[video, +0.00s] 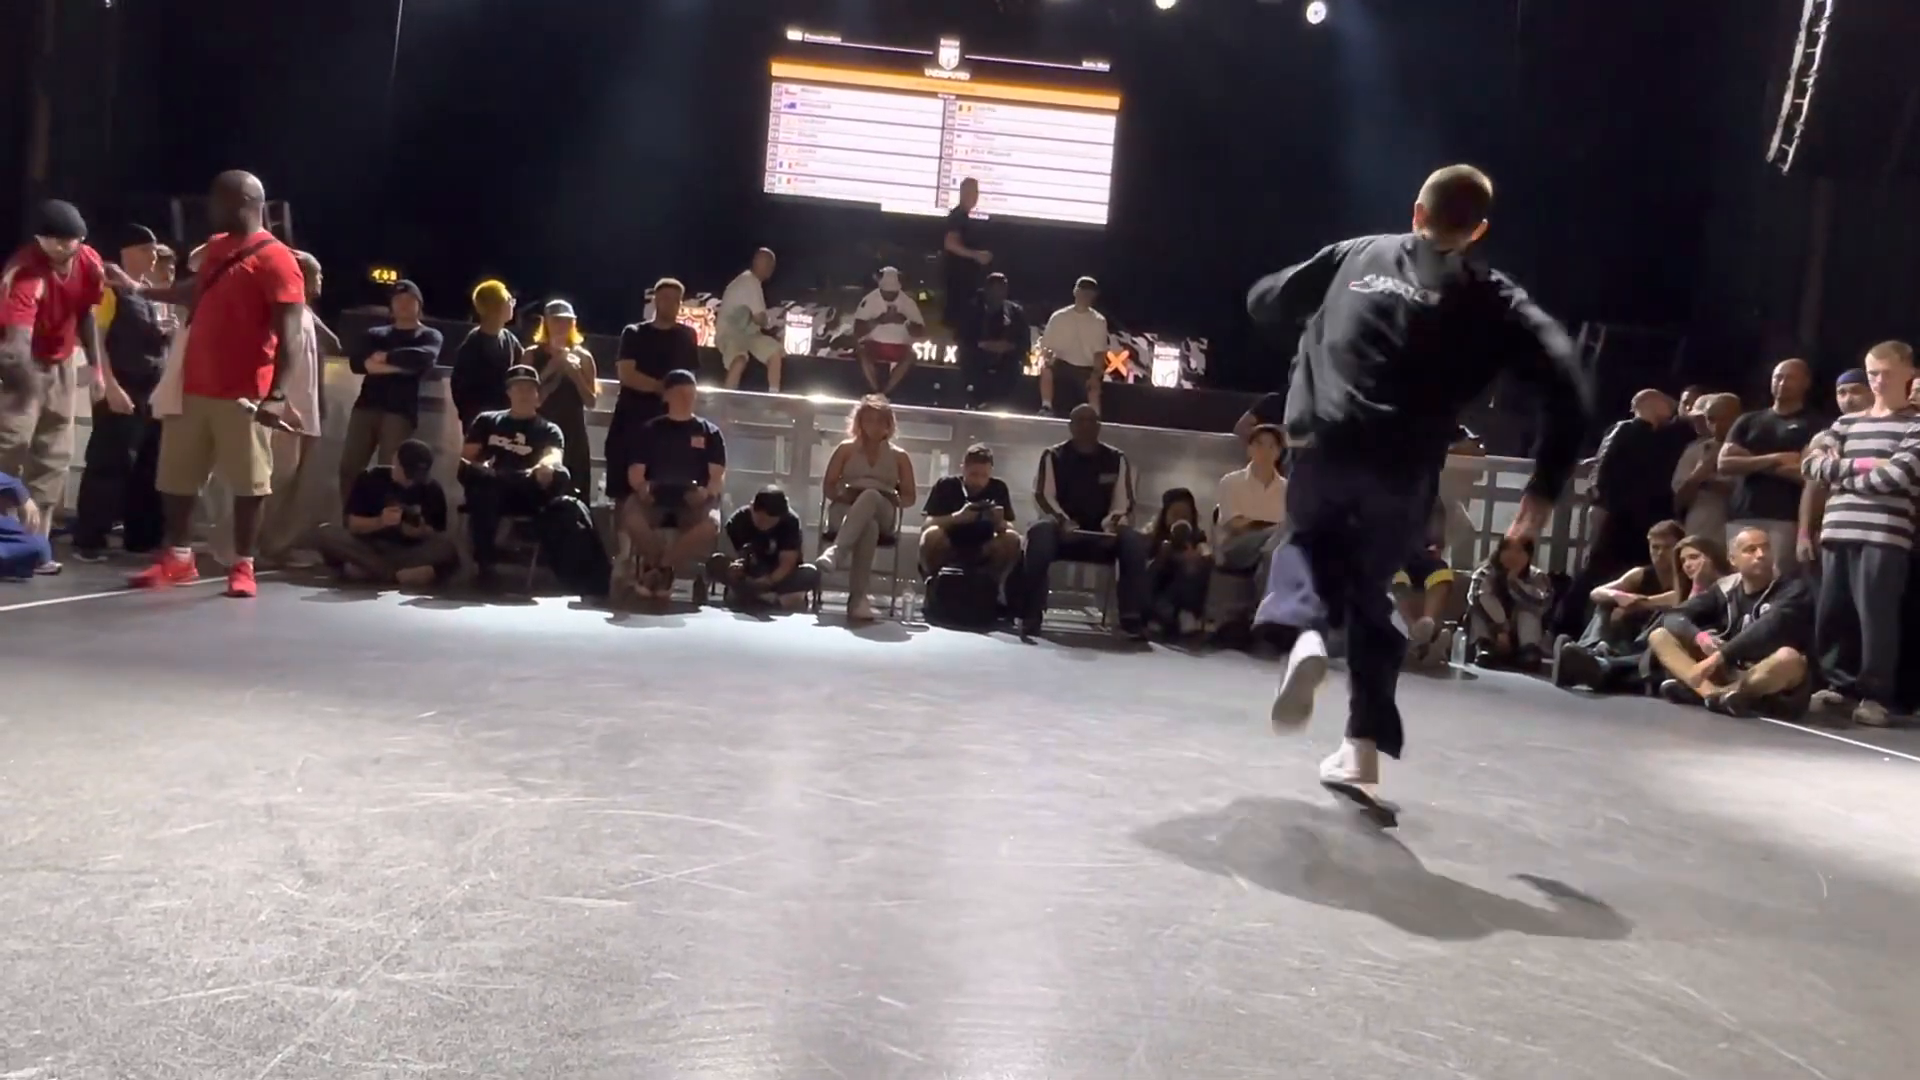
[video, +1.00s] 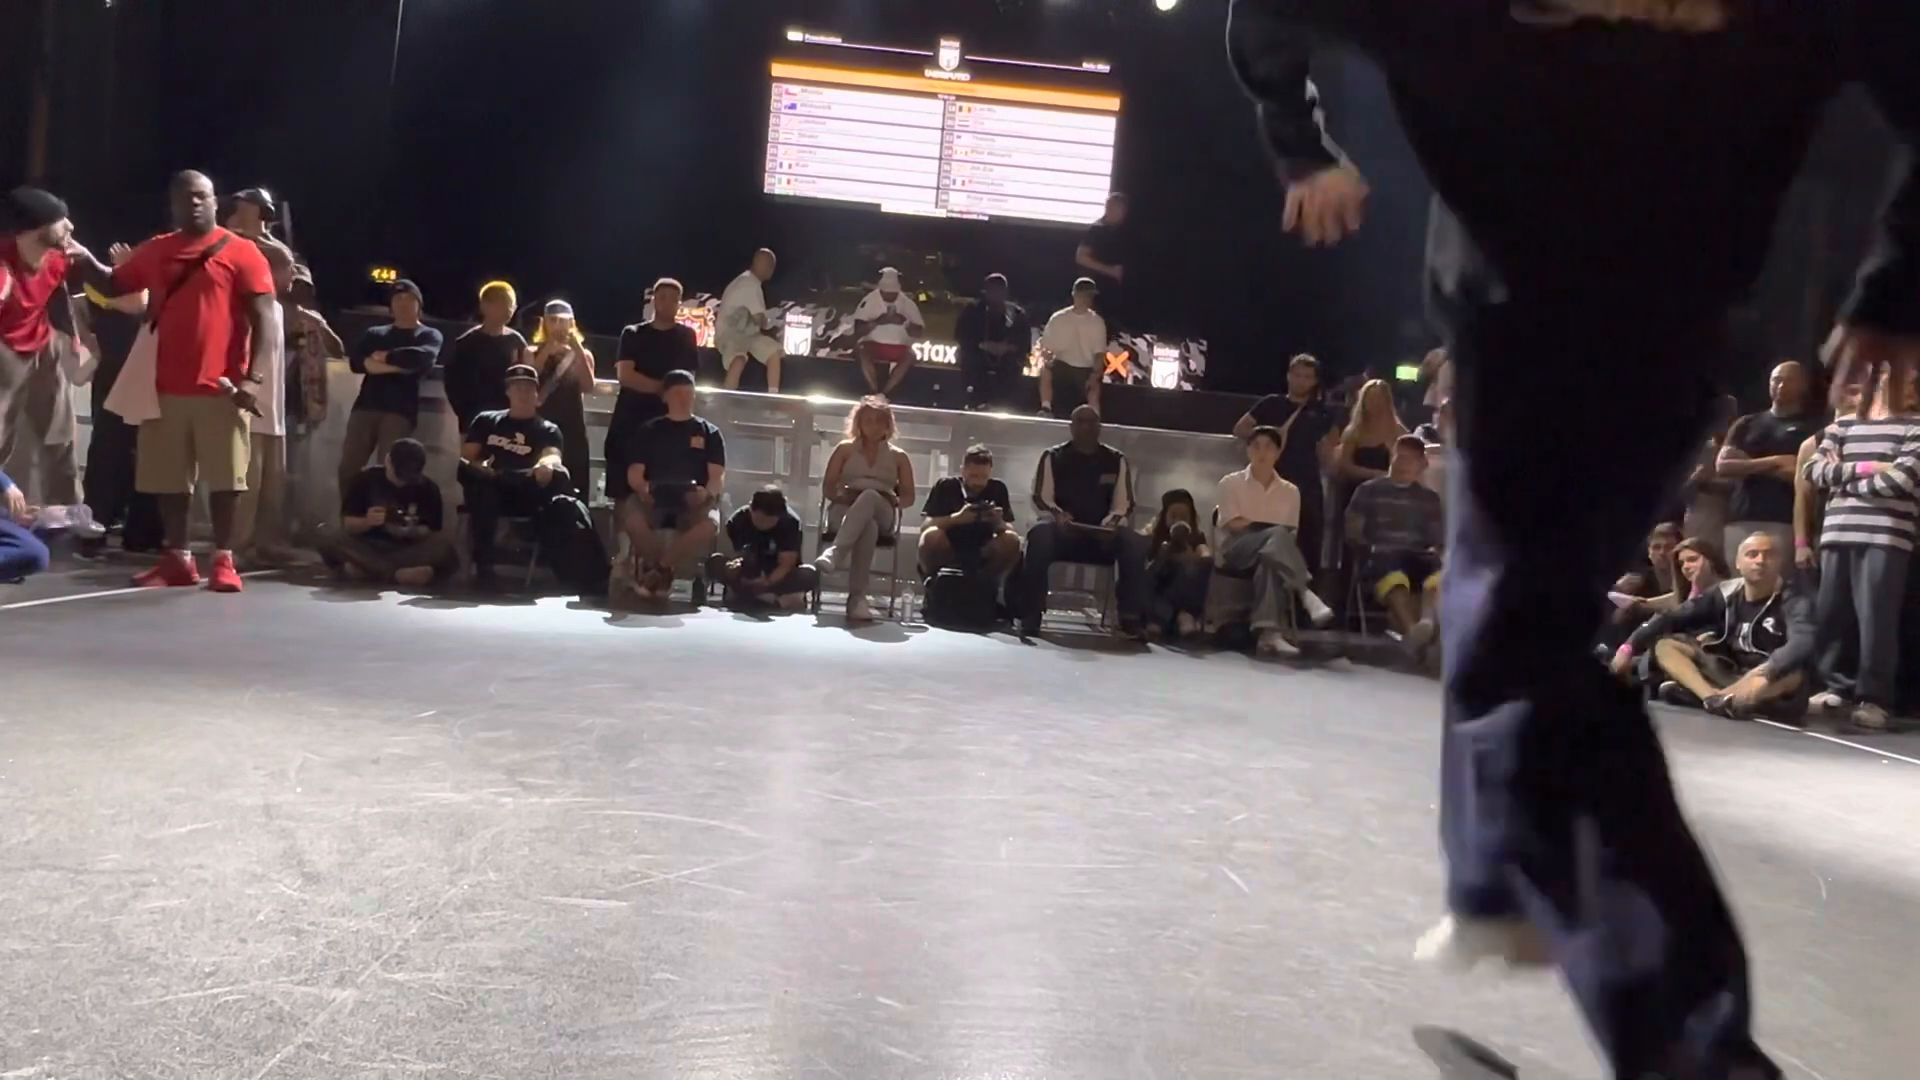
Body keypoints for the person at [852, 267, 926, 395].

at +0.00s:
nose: (890, 296)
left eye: (893, 293)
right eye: (886, 292)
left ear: (899, 289)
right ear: (880, 288)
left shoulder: (908, 302)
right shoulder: (869, 300)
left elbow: (919, 332)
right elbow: (857, 332)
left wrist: (904, 320)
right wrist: (879, 320)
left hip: (900, 346)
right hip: (874, 344)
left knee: (910, 357)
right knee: (863, 353)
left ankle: (885, 392)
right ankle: (876, 391)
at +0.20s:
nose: (890, 296)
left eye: (893, 293)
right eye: (886, 293)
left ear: (898, 289)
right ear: (880, 288)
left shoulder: (907, 302)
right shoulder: (869, 300)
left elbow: (919, 332)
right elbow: (857, 331)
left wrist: (904, 321)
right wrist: (878, 320)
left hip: (900, 346)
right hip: (874, 344)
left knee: (909, 357)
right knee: (862, 353)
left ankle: (885, 393)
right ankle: (876, 392)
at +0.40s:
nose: (889, 297)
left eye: (892, 294)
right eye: (885, 293)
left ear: (898, 290)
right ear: (880, 289)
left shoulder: (907, 302)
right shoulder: (869, 300)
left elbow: (919, 332)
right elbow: (857, 331)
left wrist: (903, 321)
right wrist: (878, 320)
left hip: (899, 346)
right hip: (874, 344)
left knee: (909, 357)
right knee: (862, 353)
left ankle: (885, 393)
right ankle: (875, 392)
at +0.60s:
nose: (889, 296)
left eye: (893, 293)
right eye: (886, 293)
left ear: (898, 289)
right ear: (879, 288)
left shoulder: (907, 302)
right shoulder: (869, 300)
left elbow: (920, 333)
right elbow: (857, 331)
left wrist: (903, 322)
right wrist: (878, 321)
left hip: (899, 346)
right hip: (873, 344)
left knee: (909, 357)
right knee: (862, 353)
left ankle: (884, 393)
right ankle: (875, 391)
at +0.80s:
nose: (890, 297)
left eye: (893, 293)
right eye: (886, 293)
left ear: (898, 290)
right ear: (880, 289)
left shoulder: (907, 303)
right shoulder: (869, 300)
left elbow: (920, 333)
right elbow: (857, 331)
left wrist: (904, 322)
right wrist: (879, 321)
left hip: (899, 346)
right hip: (874, 344)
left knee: (909, 358)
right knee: (863, 353)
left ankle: (884, 393)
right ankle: (875, 392)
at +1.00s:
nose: (890, 296)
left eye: (893, 293)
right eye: (886, 293)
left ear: (898, 290)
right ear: (880, 290)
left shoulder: (907, 303)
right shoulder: (869, 300)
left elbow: (918, 332)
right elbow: (858, 330)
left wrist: (904, 322)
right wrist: (879, 321)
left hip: (899, 347)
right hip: (873, 344)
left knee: (909, 357)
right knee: (863, 352)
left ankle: (885, 393)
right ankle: (875, 392)